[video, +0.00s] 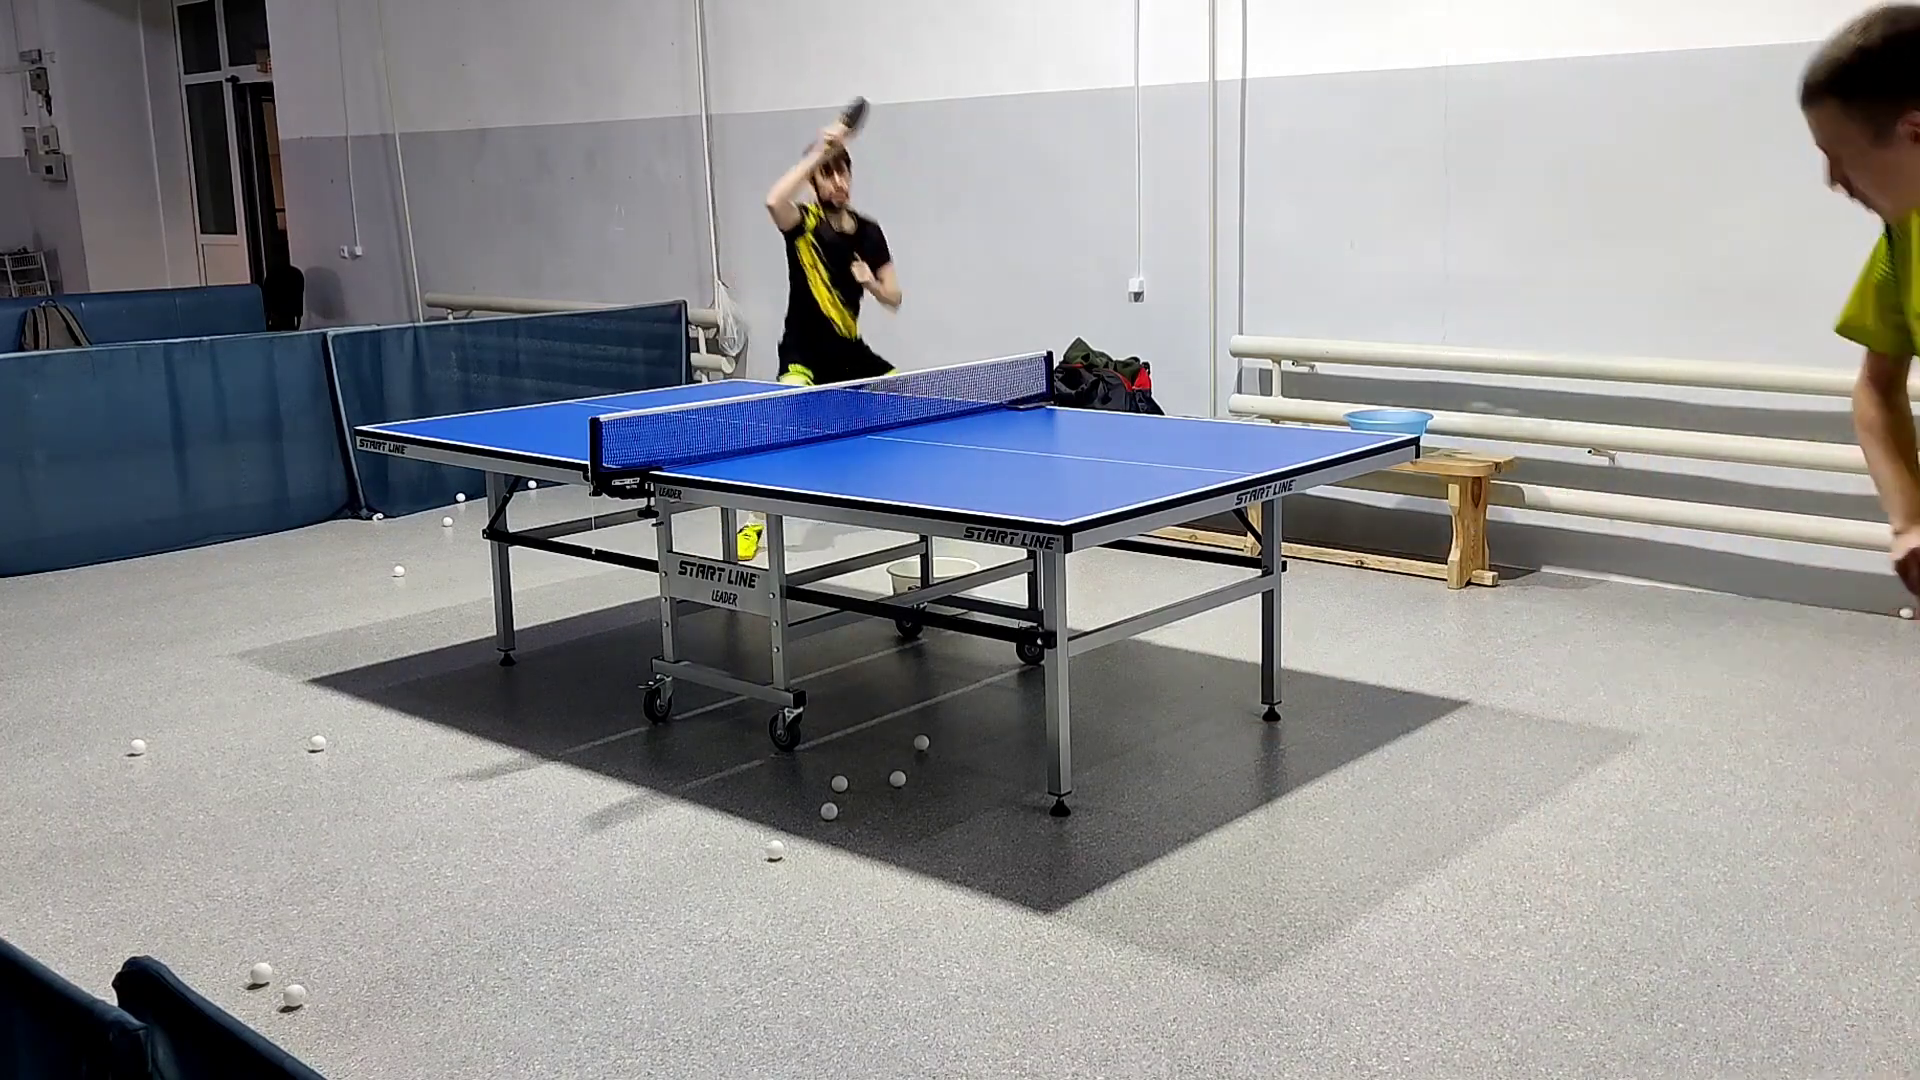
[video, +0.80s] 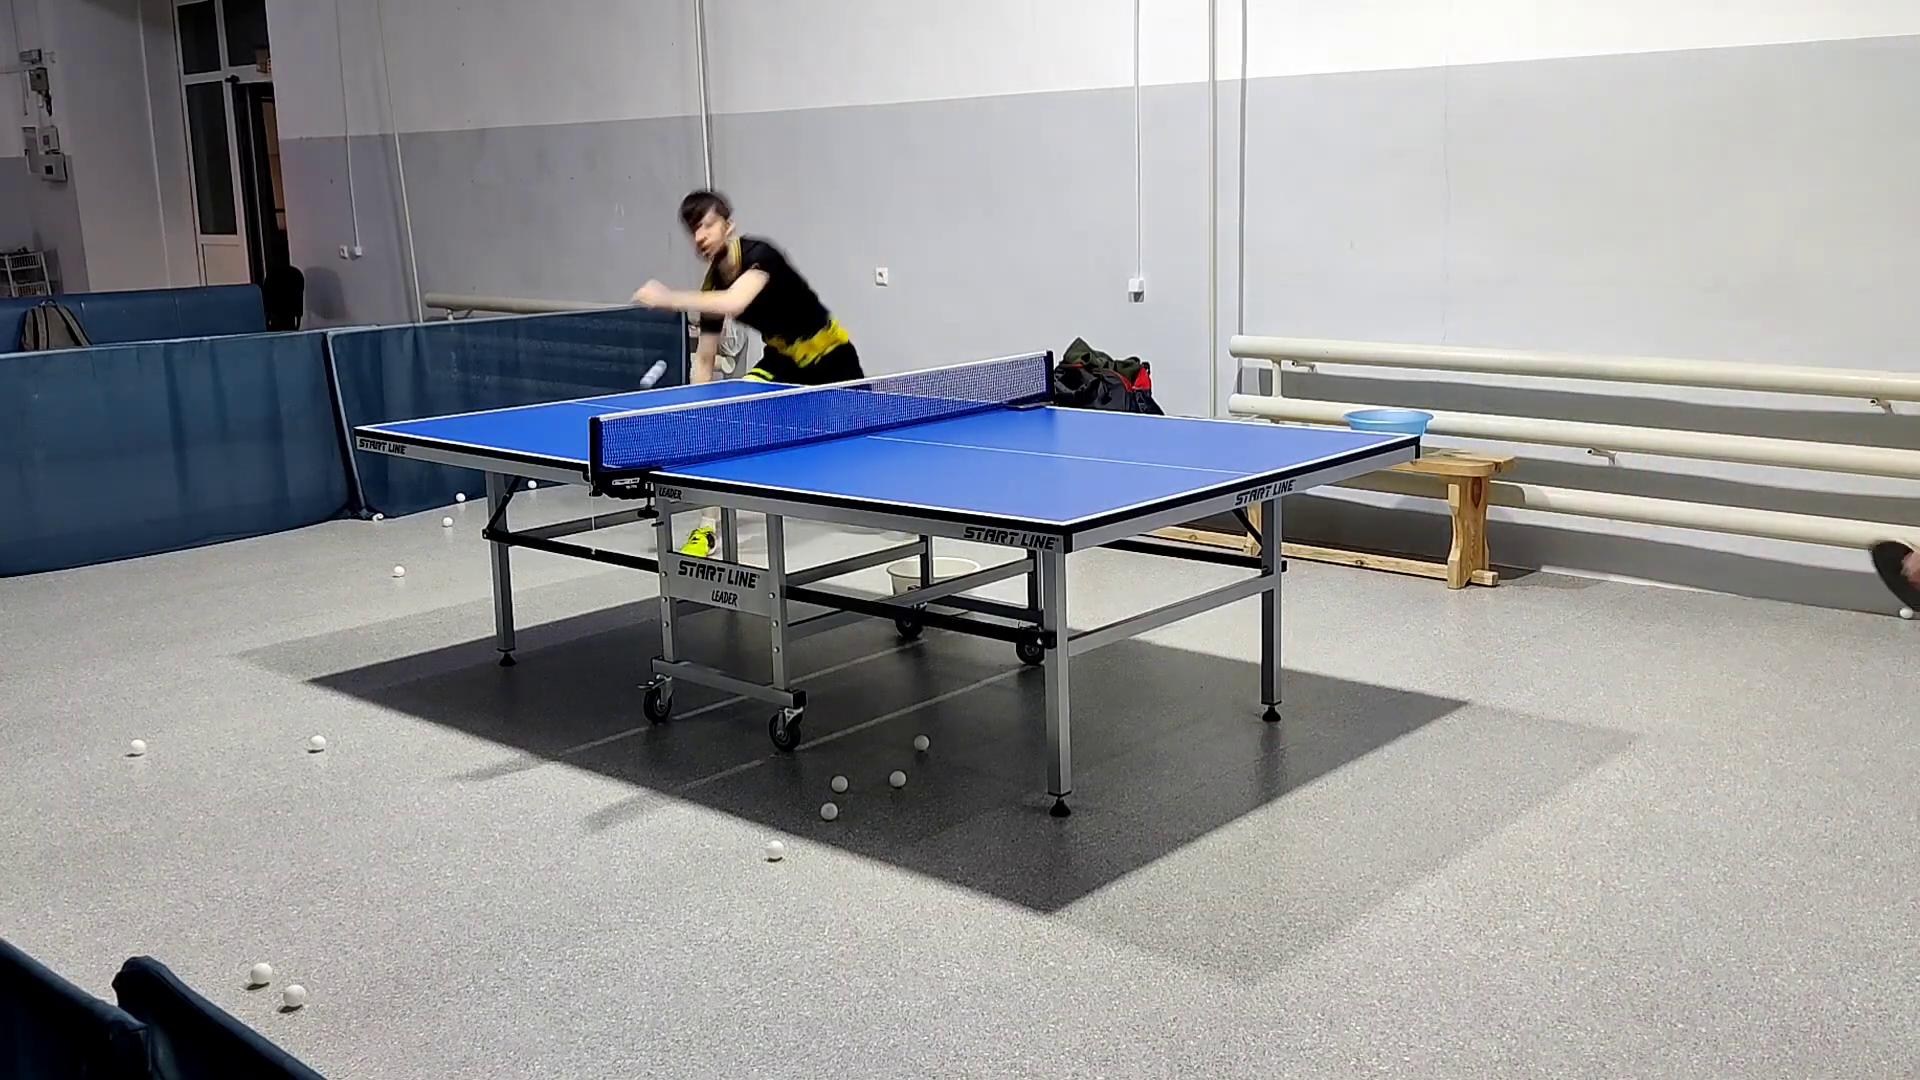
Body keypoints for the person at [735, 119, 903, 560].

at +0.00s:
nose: (837, 182)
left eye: (842, 172)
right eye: (827, 174)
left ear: (851, 176)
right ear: (814, 182)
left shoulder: (867, 231)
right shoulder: (802, 223)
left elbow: (894, 300)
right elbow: (775, 201)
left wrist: (872, 283)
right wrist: (818, 152)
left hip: (851, 352)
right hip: (804, 351)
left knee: (916, 400)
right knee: (787, 415)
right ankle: (760, 525)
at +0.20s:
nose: (810, 142)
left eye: (816, 133)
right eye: (799, 135)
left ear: (826, 137)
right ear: (785, 143)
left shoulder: (847, 189)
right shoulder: (776, 184)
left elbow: (879, 252)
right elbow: (742, 223)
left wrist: (859, 264)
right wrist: (767, 173)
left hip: (837, 314)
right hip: (790, 313)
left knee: (892, 399)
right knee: (774, 409)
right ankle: (751, 521)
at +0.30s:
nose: (800, 149)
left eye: (807, 139)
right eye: (790, 142)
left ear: (818, 144)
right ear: (778, 150)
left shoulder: (842, 196)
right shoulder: (769, 196)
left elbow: (875, 255)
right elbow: (737, 254)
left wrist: (861, 280)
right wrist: (754, 221)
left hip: (833, 321)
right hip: (785, 321)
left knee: (878, 410)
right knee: (768, 414)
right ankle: (745, 521)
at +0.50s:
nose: (779, 161)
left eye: (784, 150)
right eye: (769, 155)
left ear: (797, 152)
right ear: (758, 163)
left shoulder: (830, 200)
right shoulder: (755, 215)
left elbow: (867, 261)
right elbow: (738, 286)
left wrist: (817, 272)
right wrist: (735, 283)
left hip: (838, 328)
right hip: (783, 329)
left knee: (882, 414)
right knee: (755, 413)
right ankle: (741, 521)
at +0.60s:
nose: (758, 175)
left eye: (764, 164)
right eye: (748, 169)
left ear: (778, 165)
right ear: (741, 178)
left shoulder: (811, 207)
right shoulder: (745, 229)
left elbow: (833, 260)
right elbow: (732, 283)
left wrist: (763, 263)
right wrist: (727, 318)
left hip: (839, 327)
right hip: (787, 329)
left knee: (882, 412)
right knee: (753, 411)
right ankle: (727, 517)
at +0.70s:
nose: (730, 201)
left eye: (737, 190)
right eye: (722, 196)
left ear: (756, 189)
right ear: (718, 203)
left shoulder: (789, 226)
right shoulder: (731, 250)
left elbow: (784, 273)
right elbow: (717, 322)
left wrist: (715, 271)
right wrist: (709, 386)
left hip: (836, 342)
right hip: (786, 345)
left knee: (884, 421)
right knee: (741, 425)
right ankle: (712, 523)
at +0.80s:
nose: (699, 237)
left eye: (705, 226)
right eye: (692, 231)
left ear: (727, 223)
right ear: (690, 236)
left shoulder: (760, 253)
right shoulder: (713, 282)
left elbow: (733, 303)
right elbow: (705, 359)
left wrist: (670, 299)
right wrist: (695, 413)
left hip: (830, 358)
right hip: (782, 362)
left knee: (869, 446)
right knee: (717, 420)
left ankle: (906, 558)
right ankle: (710, 526)